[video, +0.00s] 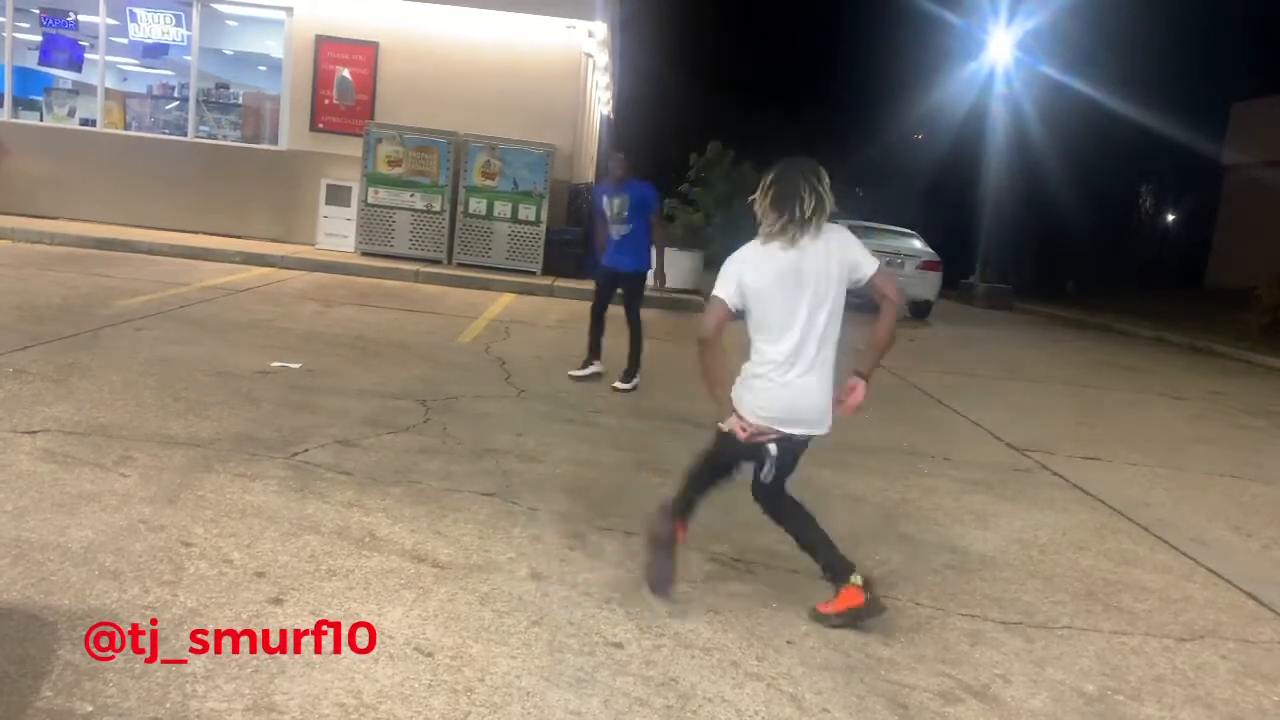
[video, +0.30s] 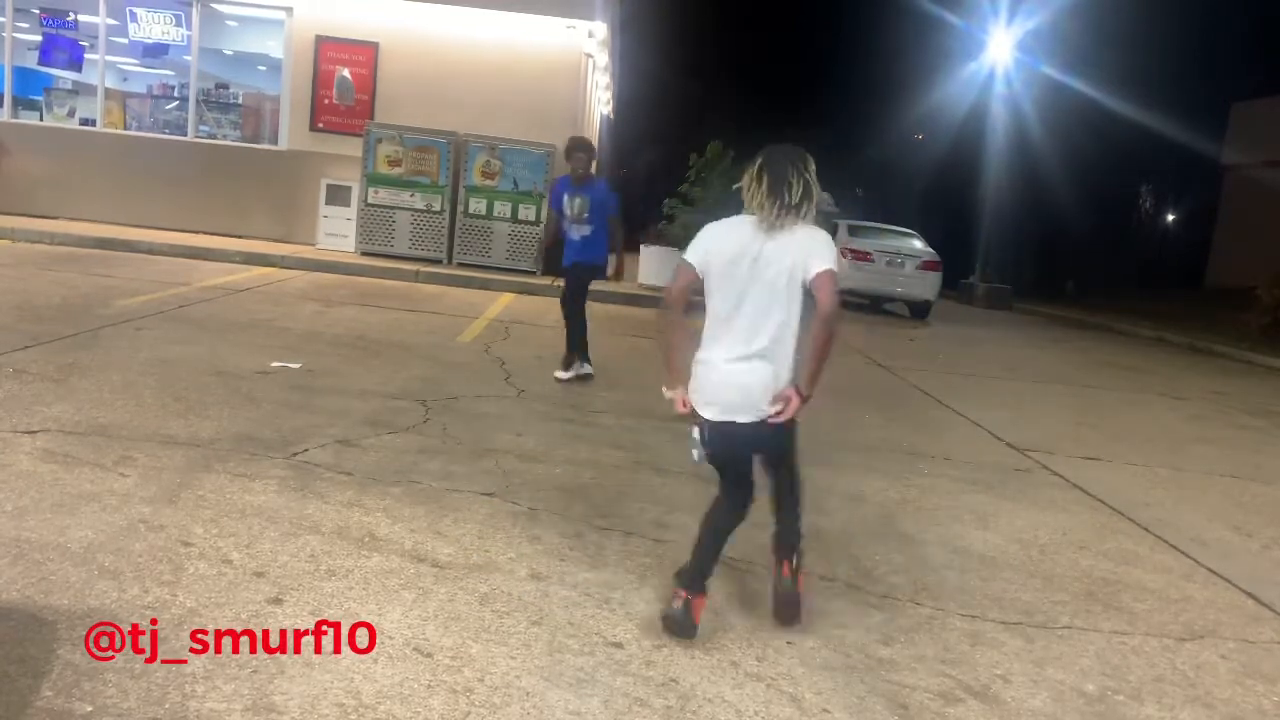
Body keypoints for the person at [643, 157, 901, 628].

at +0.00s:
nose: (756, 205)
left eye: (760, 198)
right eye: (759, 198)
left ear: (767, 203)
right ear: (820, 202)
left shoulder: (746, 259)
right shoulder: (840, 242)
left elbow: (708, 332)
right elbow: (891, 300)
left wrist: (725, 408)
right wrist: (863, 375)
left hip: (757, 401)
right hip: (813, 404)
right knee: (771, 490)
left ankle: (672, 523)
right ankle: (850, 584)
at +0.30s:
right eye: (809, 186)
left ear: (752, 184)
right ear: (806, 188)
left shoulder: (715, 234)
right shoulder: (813, 242)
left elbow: (673, 298)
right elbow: (828, 309)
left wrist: (675, 377)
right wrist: (804, 387)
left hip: (713, 395)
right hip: (773, 398)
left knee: (733, 493)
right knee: (785, 481)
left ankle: (689, 589)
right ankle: (788, 566)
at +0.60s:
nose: (704, 168)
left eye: (706, 160)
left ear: (711, 165)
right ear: (767, 168)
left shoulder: (684, 212)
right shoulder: (776, 214)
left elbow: (633, 251)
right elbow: (790, 273)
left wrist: (638, 335)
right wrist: (772, 351)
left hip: (664, 383)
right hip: (734, 393)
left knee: (614, 461)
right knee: (768, 476)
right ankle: (809, 585)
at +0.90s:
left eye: (684, 146)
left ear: (688, 150)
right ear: (744, 155)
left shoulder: (658, 193)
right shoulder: (754, 200)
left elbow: (612, 226)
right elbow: (778, 247)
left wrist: (619, 308)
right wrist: (753, 327)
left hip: (642, 368)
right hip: (712, 376)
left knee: (596, 449)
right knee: (751, 465)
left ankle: (563, 569)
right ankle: (763, 589)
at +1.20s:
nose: (674, 152)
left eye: (678, 145)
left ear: (684, 148)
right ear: (739, 152)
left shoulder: (658, 190)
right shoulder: (754, 197)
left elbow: (637, 233)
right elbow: (786, 240)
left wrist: (632, 313)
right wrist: (758, 321)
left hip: (650, 367)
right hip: (719, 373)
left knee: (592, 448)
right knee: (757, 464)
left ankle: (515, 540)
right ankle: (803, 577)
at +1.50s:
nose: (676, 170)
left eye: (681, 164)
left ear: (682, 168)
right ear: (737, 175)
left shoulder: (654, 202)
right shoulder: (749, 214)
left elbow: (633, 213)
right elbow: (789, 238)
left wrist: (640, 290)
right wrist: (766, 320)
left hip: (652, 369)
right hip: (725, 380)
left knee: (573, 422)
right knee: (783, 458)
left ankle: (507, 526)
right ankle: (822, 573)